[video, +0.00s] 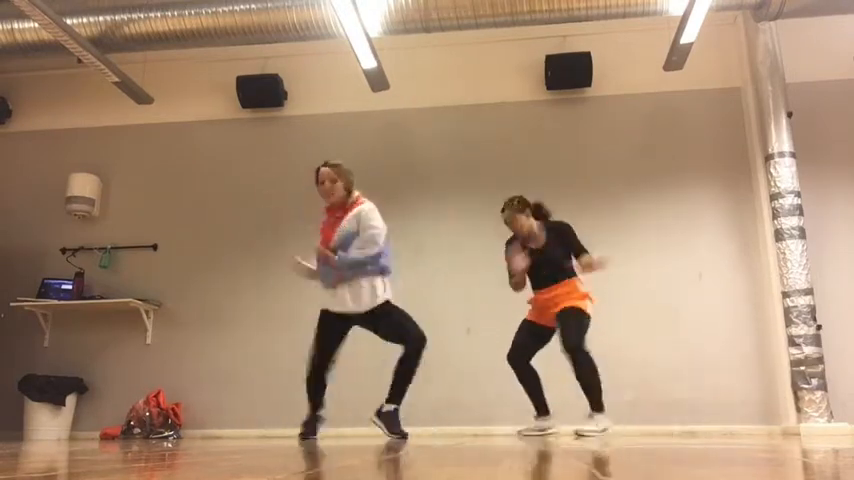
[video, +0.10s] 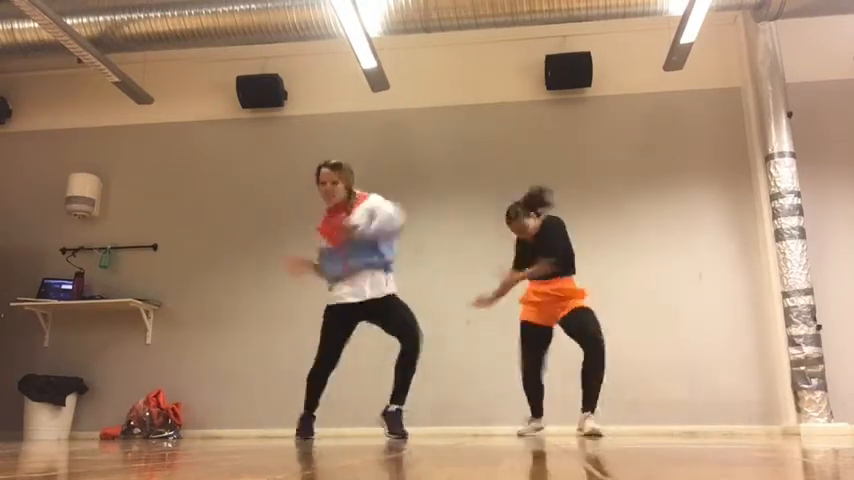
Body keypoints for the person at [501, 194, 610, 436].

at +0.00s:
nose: (513, 228)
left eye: (514, 220)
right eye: (508, 223)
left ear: (527, 214)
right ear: (507, 224)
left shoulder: (560, 230)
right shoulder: (514, 246)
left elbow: (584, 262)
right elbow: (517, 287)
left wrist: (591, 263)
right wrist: (518, 270)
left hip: (571, 297)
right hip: (543, 305)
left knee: (573, 346)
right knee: (516, 357)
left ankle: (599, 415)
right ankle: (544, 418)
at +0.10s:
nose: (522, 236)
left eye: (523, 230)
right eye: (517, 233)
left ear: (531, 216)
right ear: (514, 229)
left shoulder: (553, 225)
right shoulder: (523, 239)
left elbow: (553, 264)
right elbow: (517, 272)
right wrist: (494, 297)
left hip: (567, 300)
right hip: (536, 304)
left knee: (594, 342)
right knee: (530, 363)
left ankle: (588, 416)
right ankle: (536, 419)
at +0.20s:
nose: (517, 230)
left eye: (520, 222)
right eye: (512, 225)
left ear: (531, 214)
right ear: (508, 224)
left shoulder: (548, 227)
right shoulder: (521, 240)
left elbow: (538, 263)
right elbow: (533, 269)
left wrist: (507, 274)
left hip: (568, 302)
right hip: (538, 306)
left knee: (598, 341)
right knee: (534, 364)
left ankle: (592, 416)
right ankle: (535, 420)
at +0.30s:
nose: (516, 226)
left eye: (519, 219)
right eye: (511, 223)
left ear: (531, 212)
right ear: (507, 224)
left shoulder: (549, 220)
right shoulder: (516, 247)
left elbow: (565, 238)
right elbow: (522, 284)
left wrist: (538, 253)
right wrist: (513, 289)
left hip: (570, 290)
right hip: (545, 301)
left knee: (572, 344)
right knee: (522, 353)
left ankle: (604, 415)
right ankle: (542, 414)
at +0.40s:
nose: (511, 224)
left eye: (515, 218)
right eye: (507, 220)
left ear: (528, 216)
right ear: (506, 222)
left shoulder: (542, 220)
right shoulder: (519, 249)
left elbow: (568, 210)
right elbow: (513, 277)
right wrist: (506, 257)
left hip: (564, 290)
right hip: (547, 300)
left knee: (563, 353)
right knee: (530, 354)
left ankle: (610, 415)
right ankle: (554, 419)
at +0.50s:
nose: (509, 214)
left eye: (513, 208)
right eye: (505, 210)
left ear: (527, 207)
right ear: (504, 215)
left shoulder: (543, 216)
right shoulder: (513, 243)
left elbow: (574, 197)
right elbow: (503, 267)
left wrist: (590, 168)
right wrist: (496, 240)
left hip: (563, 290)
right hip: (541, 299)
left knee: (564, 348)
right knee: (527, 353)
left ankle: (607, 413)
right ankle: (553, 419)